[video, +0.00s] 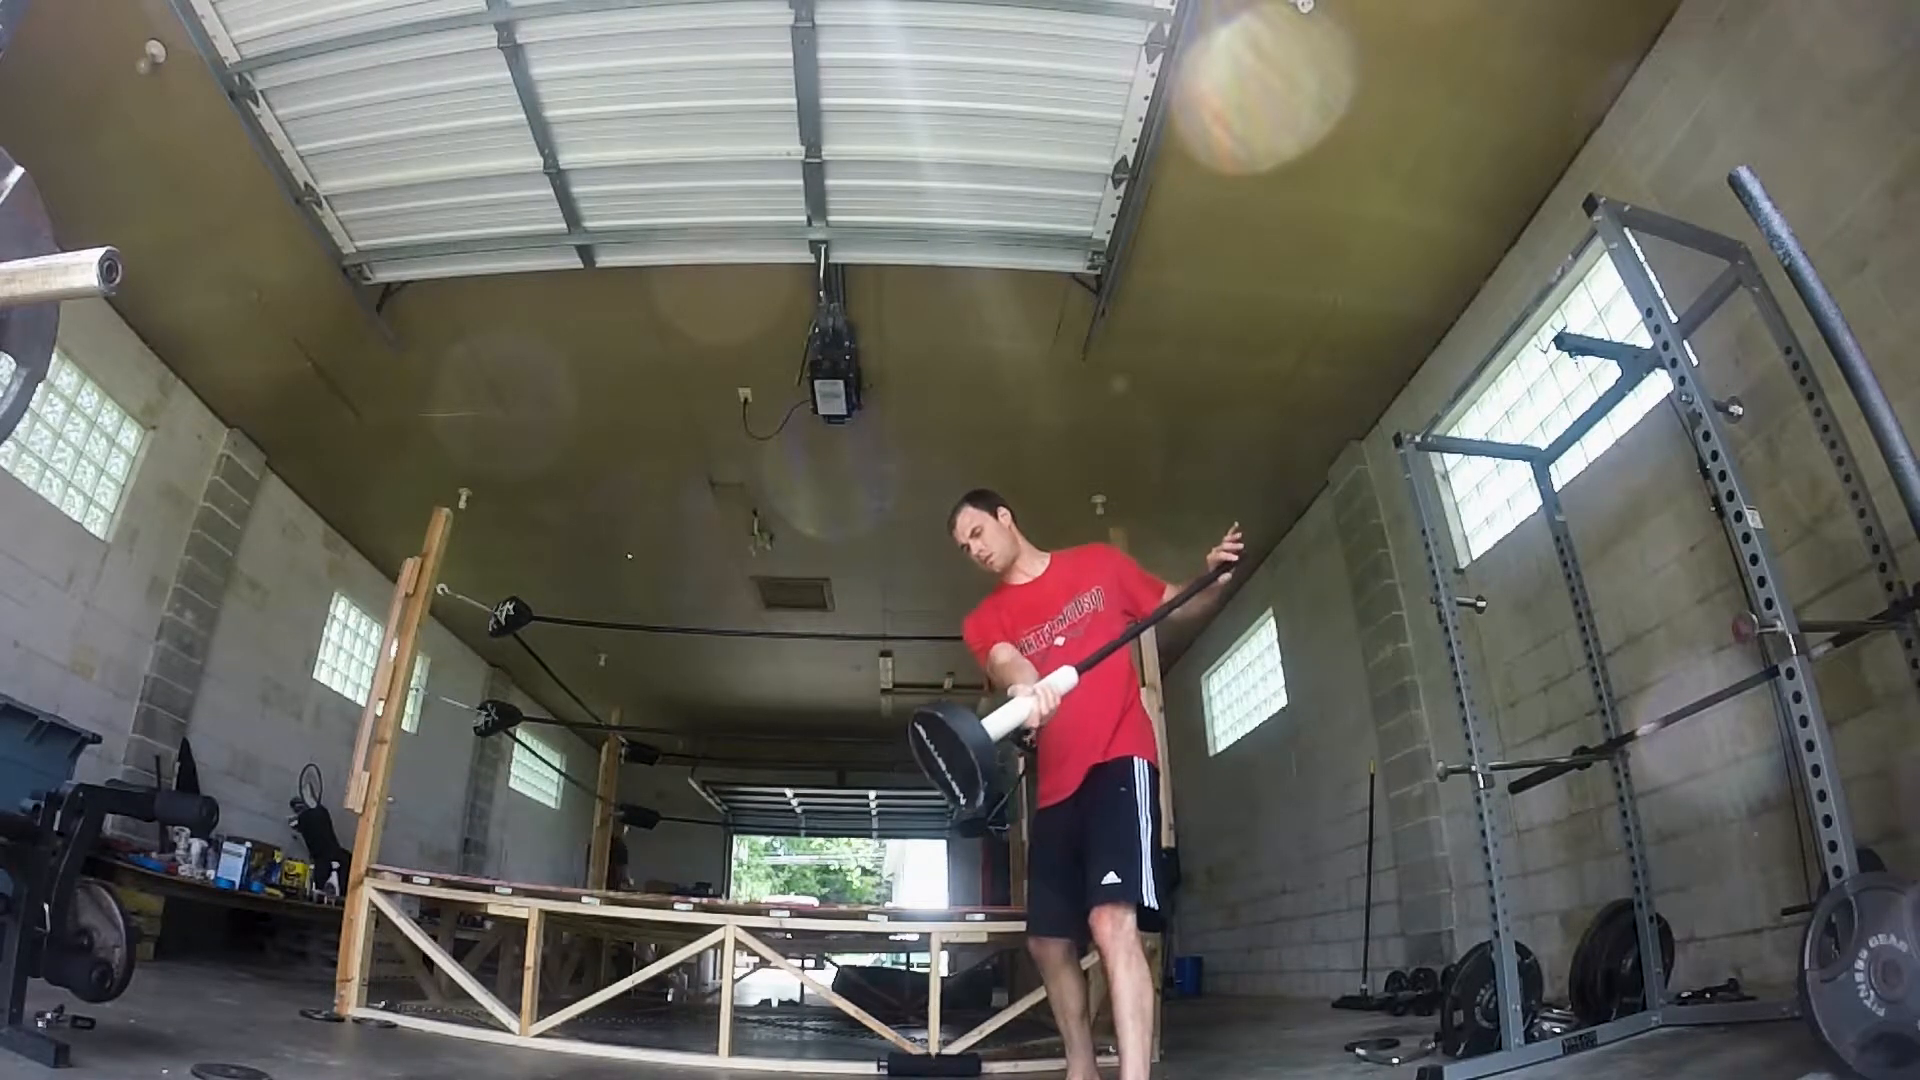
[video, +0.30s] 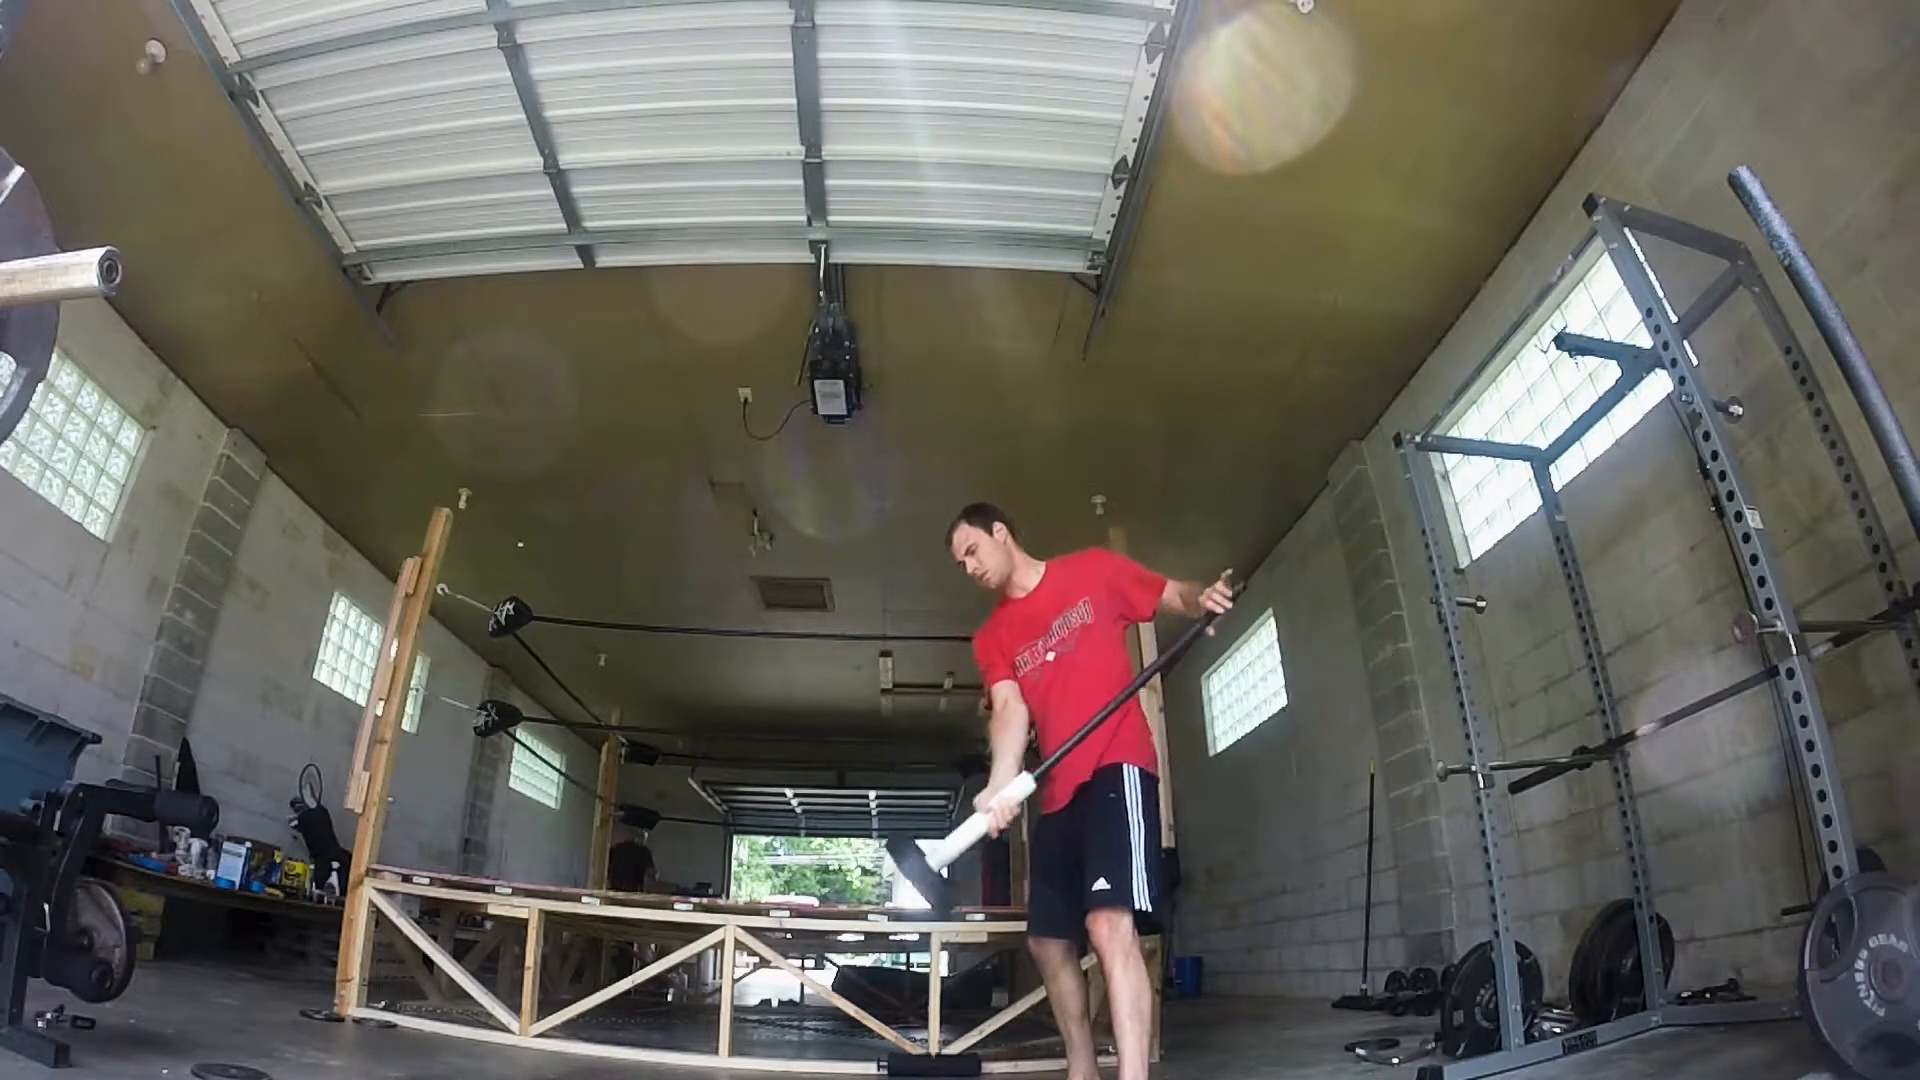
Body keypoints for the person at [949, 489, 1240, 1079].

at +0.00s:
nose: (975, 549)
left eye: (977, 532)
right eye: (965, 545)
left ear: (1007, 518)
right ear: (965, 556)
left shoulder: (1099, 562)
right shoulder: (983, 619)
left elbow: (1176, 612)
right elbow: (1005, 663)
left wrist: (1215, 578)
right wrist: (1029, 687)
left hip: (1121, 756)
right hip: (1057, 780)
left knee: (1111, 921)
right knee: (1048, 939)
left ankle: (1135, 1074)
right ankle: (1082, 1071)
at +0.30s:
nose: (970, 566)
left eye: (972, 550)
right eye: (961, 561)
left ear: (1003, 533)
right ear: (964, 568)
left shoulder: (1092, 569)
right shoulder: (992, 636)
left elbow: (1175, 596)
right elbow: (1008, 709)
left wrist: (1203, 599)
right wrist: (1000, 784)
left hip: (1118, 764)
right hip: (1058, 787)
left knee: (1109, 923)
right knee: (1048, 938)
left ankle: (1134, 1074)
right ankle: (1083, 1071)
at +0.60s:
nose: (967, 577)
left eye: (968, 562)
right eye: (961, 570)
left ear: (999, 541)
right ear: (984, 556)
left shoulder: (1051, 575)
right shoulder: (1031, 614)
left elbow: (1104, 635)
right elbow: (1054, 722)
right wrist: (1012, 797)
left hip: (1104, 774)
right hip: (1074, 782)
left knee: (1083, 930)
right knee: (1063, 933)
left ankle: (1125, 1074)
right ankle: (1086, 1071)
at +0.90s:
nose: (959, 583)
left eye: (957, 568)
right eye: (953, 573)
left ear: (982, 546)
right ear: (998, 544)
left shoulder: (990, 602)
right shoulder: (1075, 583)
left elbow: (944, 712)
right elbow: (1084, 675)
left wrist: (925, 763)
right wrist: (1037, 734)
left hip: (1068, 781)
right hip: (1117, 781)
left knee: (1045, 939)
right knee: (1087, 941)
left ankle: (1118, 1074)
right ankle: (1086, 1072)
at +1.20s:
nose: (955, 581)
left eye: (952, 566)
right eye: (950, 570)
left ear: (972, 545)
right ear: (1000, 540)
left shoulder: (963, 606)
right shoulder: (1078, 572)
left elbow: (957, 670)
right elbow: (1123, 585)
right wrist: (1110, 520)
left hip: (1040, 784)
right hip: (1102, 784)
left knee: (1043, 939)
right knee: (1083, 942)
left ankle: (1117, 1074)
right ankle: (1086, 1072)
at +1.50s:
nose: (958, 578)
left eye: (954, 566)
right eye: (954, 568)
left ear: (967, 550)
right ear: (1003, 540)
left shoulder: (963, 607)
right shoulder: (1074, 569)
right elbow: (1131, 536)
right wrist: (1110, 462)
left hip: (1035, 782)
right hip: (1096, 777)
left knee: (1041, 934)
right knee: (1083, 936)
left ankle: (1116, 1074)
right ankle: (1083, 1070)